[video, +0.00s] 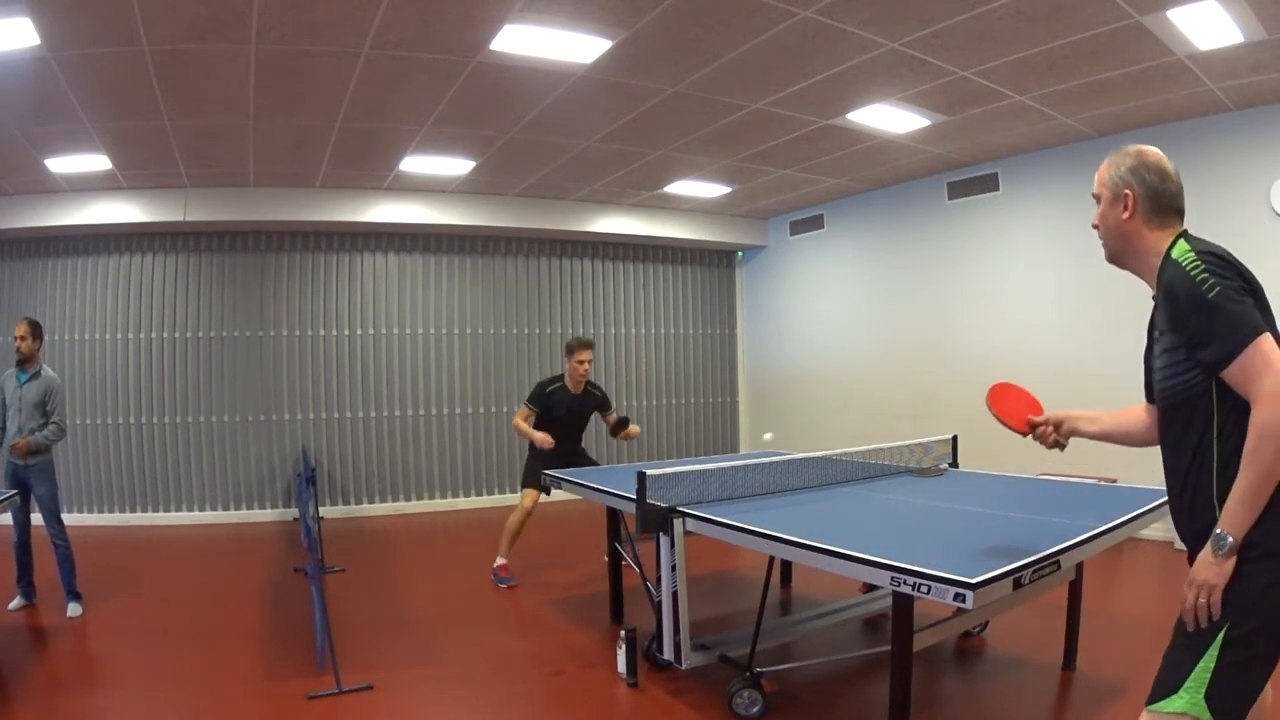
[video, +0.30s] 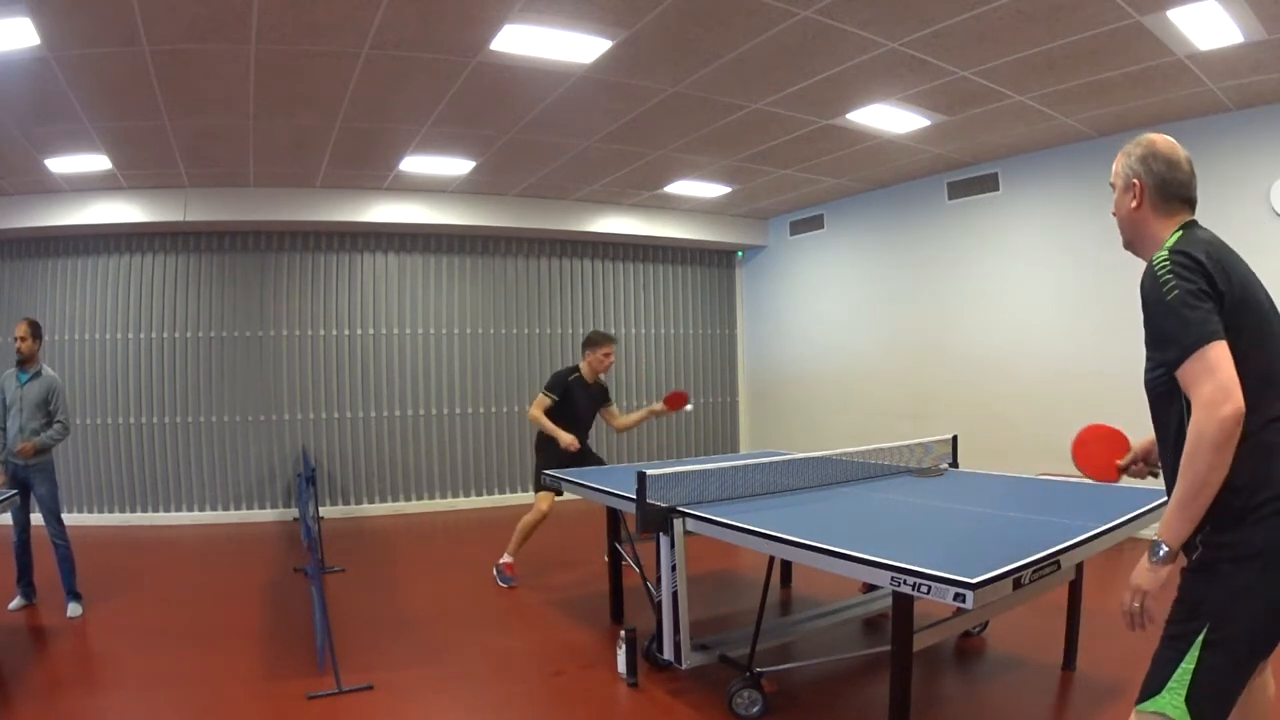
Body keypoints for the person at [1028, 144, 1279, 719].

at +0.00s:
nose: (1093, 220)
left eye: (1097, 203)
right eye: (1093, 204)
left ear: (1126, 206)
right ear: (1133, 207)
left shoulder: (1192, 275)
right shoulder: (1175, 285)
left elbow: (1274, 399)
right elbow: (1170, 420)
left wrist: (1221, 545)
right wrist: (1072, 423)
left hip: (1252, 562)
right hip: (1238, 558)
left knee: (1175, 713)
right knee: (1192, 710)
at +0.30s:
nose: (1111, 207)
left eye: (1113, 191)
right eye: (1112, 192)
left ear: (1134, 194)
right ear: (1180, 192)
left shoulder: (1170, 269)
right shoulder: (1215, 256)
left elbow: (1220, 410)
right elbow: (1250, 391)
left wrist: (1163, 550)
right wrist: (1164, 441)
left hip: (1240, 549)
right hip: (1264, 535)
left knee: (1163, 711)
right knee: (1244, 679)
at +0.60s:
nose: (1133, 252)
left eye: (1139, 235)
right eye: (1134, 236)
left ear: (1166, 239)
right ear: (1176, 239)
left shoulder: (1209, 305)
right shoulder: (1224, 297)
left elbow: (1262, 433)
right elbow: (1227, 445)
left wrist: (1200, 550)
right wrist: (1154, 511)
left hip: (1265, 555)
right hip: (1264, 549)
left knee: (1185, 708)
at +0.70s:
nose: (1130, 245)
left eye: (1137, 227)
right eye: (1131, 229)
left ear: (1171, 232)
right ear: (1172, 233)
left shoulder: (1226, 296)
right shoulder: (1200, 324)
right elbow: (1160, 449)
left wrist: (1227, 542)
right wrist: (1079, 477)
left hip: (1268, 550)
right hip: (1257, 548)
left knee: (1199, 708)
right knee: (1215, 705)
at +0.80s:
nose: (1125, 229)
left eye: (1133, 213)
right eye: (1126, 214)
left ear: (1170, 219)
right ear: (1167, 222)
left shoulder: (1231, 284)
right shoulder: (1182, 324)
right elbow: (1118, 418)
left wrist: (1254, 536)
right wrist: (1027, 428)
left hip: (1270, 549)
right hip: (1252, 550)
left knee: (1206, 709)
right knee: (1229, 706)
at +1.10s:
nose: (1111, 215)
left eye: (1115, 196)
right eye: (1111, 198)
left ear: (1147, 200)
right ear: (1155, 200)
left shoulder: (1200, 271)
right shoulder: (1202, 271)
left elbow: (1273, 401)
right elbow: (1195, 421)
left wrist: (1236, 560)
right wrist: (1094, 431)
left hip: (1260, 564)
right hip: (1259, 560)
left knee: (1191, 712)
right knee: (1203, 710)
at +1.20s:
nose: (1116, 226)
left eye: (1123, 207)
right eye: (1118, 208)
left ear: (1153, 212)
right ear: (1161, 212)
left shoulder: (1199, 286)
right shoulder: (1219, 275)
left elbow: (1266, 417)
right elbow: (1226, 428)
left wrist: (1214, 564)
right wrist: (1138, 465)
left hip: (1259, 567)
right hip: (1261, 560)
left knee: (1184, 711)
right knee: (1208, 707)